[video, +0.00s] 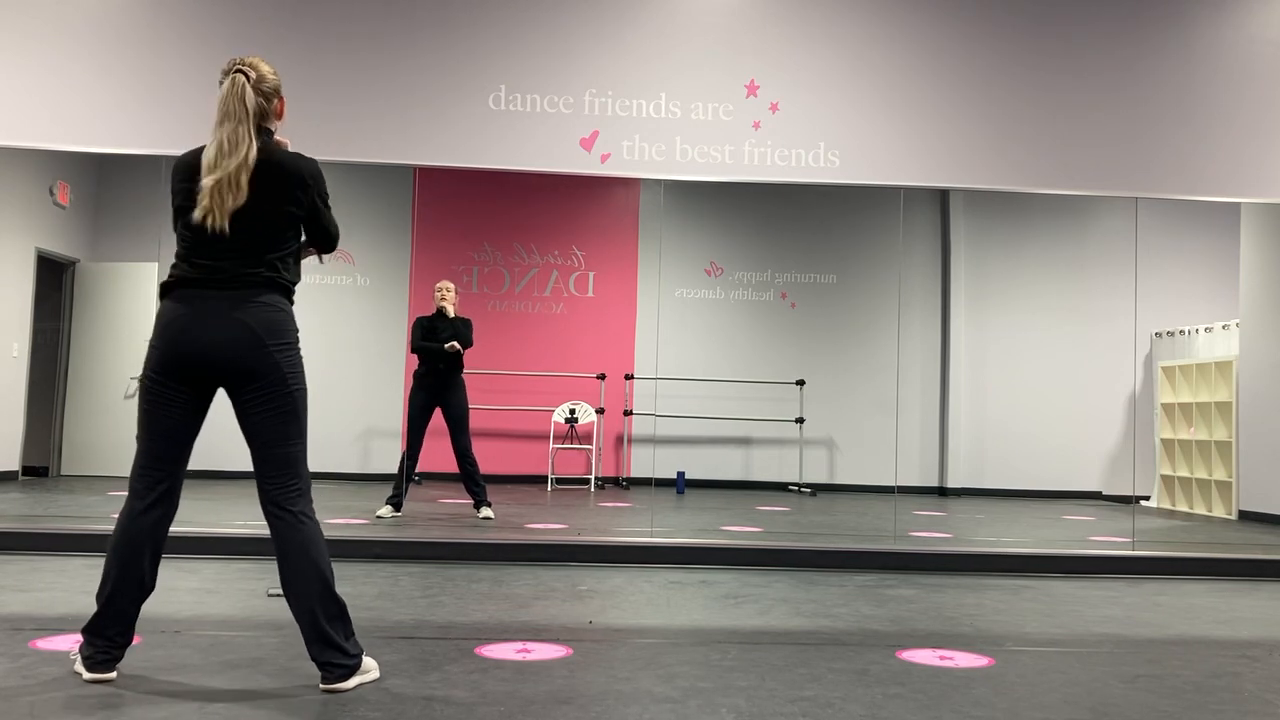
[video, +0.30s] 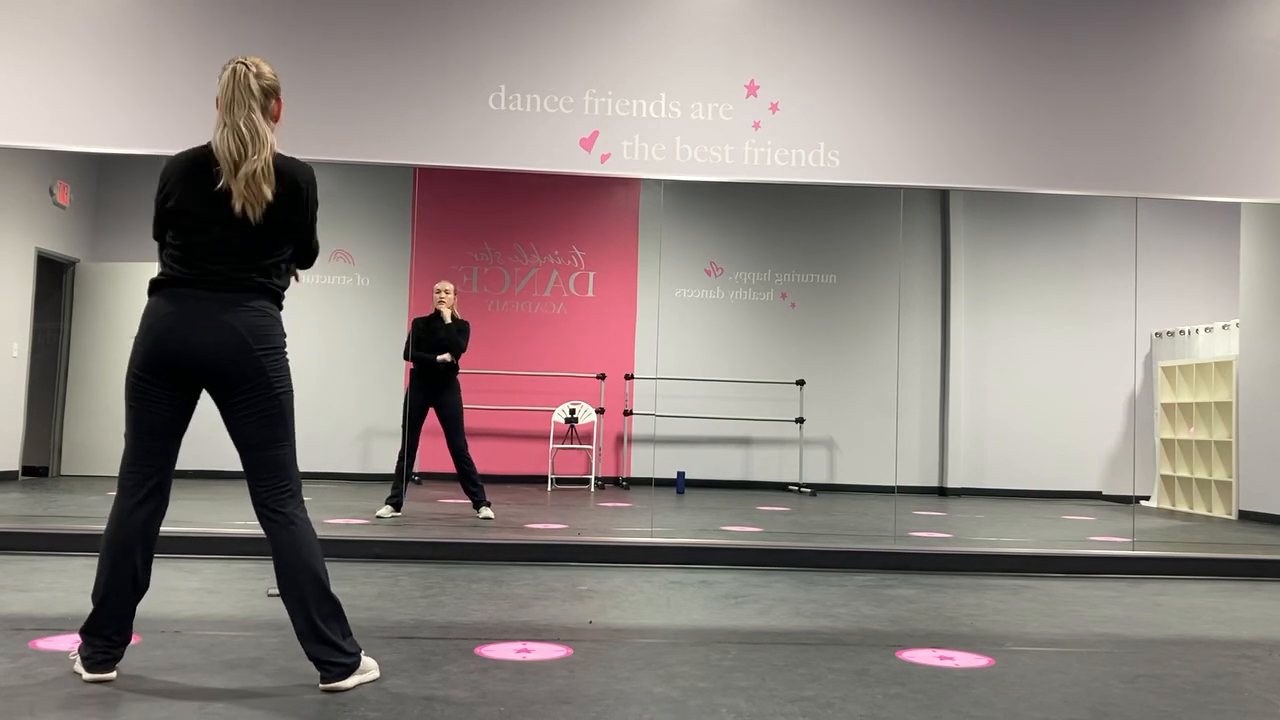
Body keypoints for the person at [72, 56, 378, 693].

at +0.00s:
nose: (288, 114)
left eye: (284, 103)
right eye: (286, 104)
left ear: (224, 107)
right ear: (275, 110)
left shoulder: (187, 166)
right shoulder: (298, 170)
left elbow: (196, 235)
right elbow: (327, 240)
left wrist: (288, 240)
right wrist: (277, 237)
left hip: (180, 324)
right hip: (261, 327)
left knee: (150, 490)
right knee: (288, 498)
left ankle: (100, 649)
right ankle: (338, 659)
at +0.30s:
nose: (284, 113)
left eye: (279, 103)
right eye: (283, 104)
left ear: (220, 107)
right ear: (274, 109)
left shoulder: (178, 169)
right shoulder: (296, 178)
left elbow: (165, 241)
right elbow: (304, 253)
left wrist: (233, 256)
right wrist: (251, 260)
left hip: (167, 326)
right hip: (250, 331)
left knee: (140, 487)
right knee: (281, 500)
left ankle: (100, 649)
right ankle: (337, 659)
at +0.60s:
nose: (286, 114)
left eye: (284, 105)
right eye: (284, 105)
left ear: (223, 107)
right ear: (271, 109)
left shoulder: (190, 173)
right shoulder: (290, 167)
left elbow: (209, 247)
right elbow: (329, 244)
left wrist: (298, 260)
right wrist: (312, 248)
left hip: (202, 330)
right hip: (279, 328)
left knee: (168, 490)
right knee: (301, 496)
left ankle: (101, 648)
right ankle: (338, 659)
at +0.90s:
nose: (288, 113)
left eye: (285, 104)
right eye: (287, 104)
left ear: (225, 107)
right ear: (275, 108)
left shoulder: (193, 170)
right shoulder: (296, 165)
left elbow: (220, 241)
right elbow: (338, 236)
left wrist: (309, 252)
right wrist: (320, 243)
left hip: (193, 326)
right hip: (273, 325)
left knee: (159, 490)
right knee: (296, 497)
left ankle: (101, 649)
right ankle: (338, 659)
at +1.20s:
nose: (271, 114)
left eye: (208, 103)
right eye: (272, 104)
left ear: (209, 106)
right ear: (269, 109)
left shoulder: (172, 168)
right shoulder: (293, 178)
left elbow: (154, 250)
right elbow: (293, 260)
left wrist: (207, 258)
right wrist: (238, 277)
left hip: (170, 330)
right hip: (254, 333)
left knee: (142, 489)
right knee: (281, 501)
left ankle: (100, 650)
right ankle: (337, 659)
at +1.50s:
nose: (280, 115)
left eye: (277, 106)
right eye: (279, 106)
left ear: (217, 105)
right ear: (269, 110)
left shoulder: (179, 169)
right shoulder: (289, 169)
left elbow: (193, 245)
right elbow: (326, 239)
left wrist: (286, 250)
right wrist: (277, 251)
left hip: (188, 327)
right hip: (268, 327)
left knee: (155, 489)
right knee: (292, 497)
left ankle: (101, 649)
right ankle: (338, 658)